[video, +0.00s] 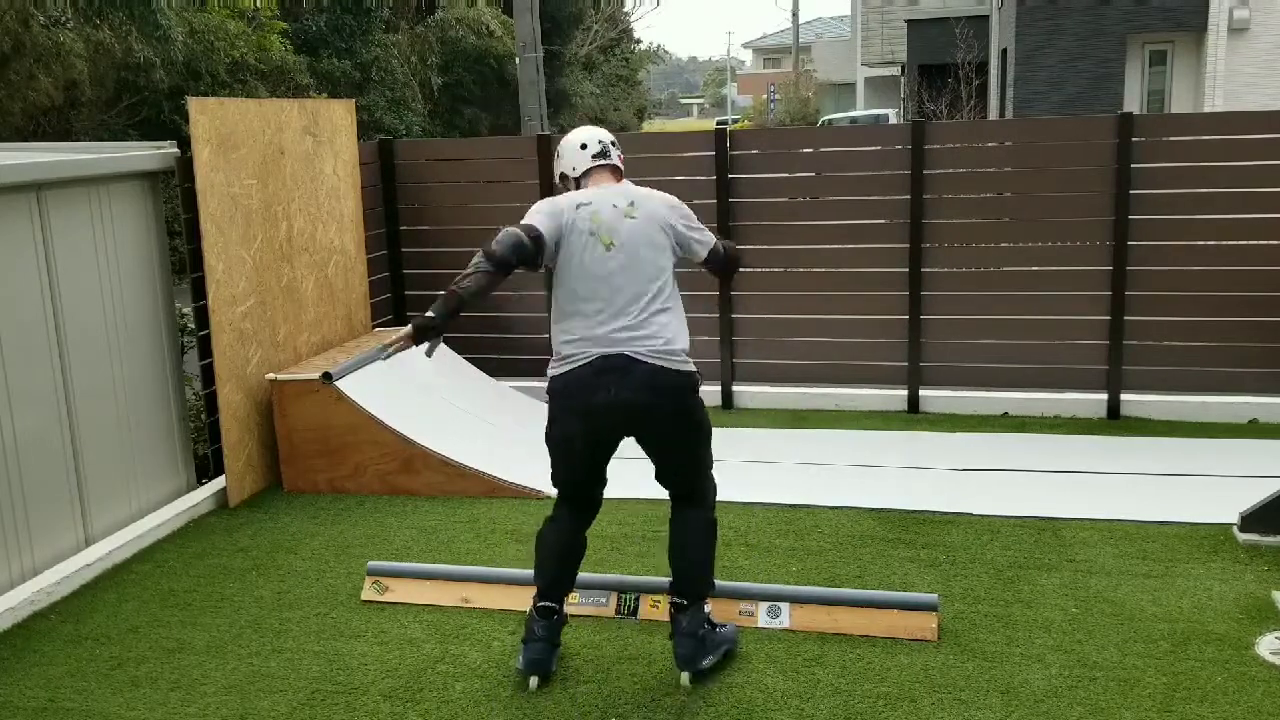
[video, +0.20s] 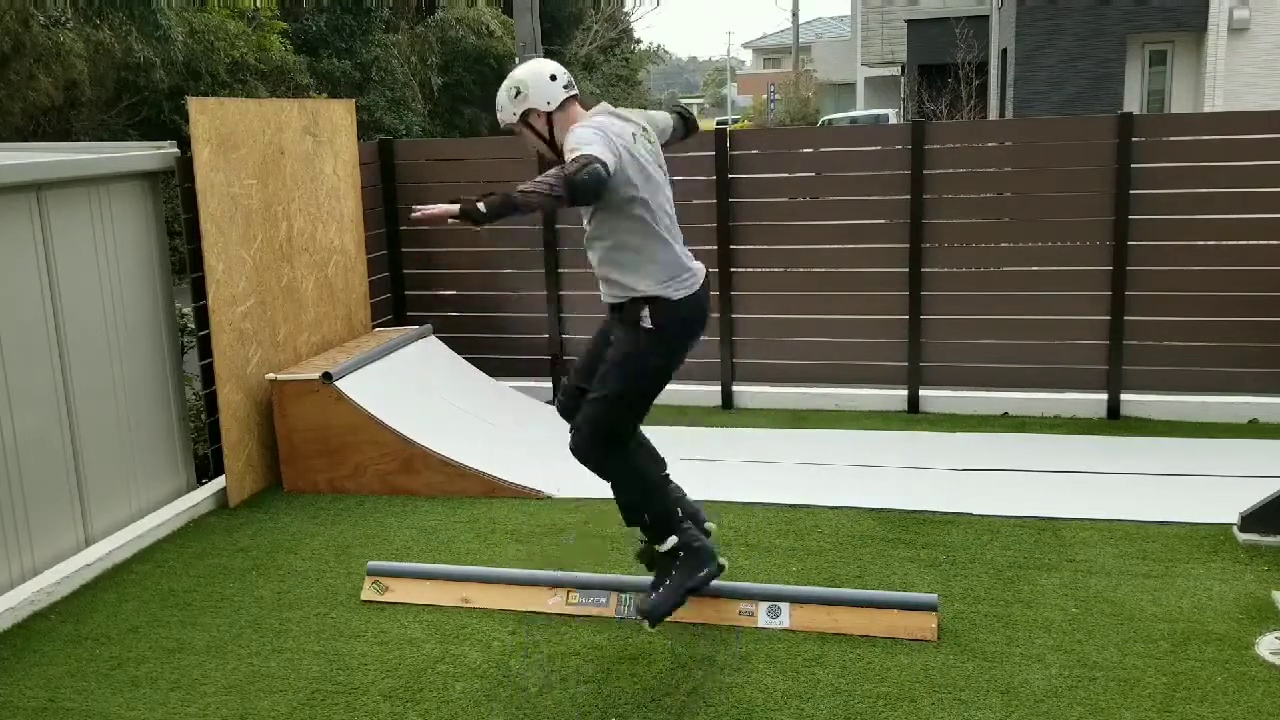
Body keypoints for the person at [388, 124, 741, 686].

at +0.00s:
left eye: (563, 177)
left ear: (568, 175)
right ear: (621, 165)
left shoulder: (554, 210)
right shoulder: (663, 206)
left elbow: (495, 261)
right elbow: (724, 261)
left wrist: (433, 318)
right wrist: (725, 262)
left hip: (579, 381)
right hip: (663, 377)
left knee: (573, 503)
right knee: (691, 493)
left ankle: (541, 636)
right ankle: (692, 630)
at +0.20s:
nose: (529, 143)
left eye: (524, 130)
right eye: (522, 133)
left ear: (543, 114)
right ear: (567, 101)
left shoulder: (587, 134)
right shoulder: (626, 121)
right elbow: (682, 124)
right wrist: (672, 121)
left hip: (664, 305)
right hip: (637, 300)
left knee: (595, 441)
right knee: (575, 405)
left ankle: (689, 552)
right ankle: (673, 513)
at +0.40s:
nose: (539, 211)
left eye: (542, 201)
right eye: (534, 203)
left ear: (572, 184)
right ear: (570, 183)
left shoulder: (643, 192)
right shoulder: (575, 195)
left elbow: (688, 275)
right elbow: (571, 223)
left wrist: (602, 322)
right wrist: (547, 252)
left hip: (696, 321)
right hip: (626, 325)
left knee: (719, 441)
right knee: (589, 433)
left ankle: (753, 546)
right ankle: (576, 539)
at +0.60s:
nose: (590, 285)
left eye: (596, 275)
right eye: (583, 277)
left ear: (625, 255)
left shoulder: (681, 252)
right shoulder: (577, 250)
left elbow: (756, 310)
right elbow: (529, 262)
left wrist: (740, 396)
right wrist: (492, 329)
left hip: (703, 330)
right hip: (626, 328)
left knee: (730, 434)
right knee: (585, 435)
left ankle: (756, 546)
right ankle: (564, 540)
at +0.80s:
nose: (634, 314)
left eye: (642, 304)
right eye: (621, 308)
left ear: (662, 279)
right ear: (603, 283)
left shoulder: (707, 273)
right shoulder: (585, 273)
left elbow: (797, 286)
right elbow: (521, 262)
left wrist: (831, 348)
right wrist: (462, 318)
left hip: (702, 344)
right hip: (624, 343)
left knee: (725, 435)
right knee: (588, 439)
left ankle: (758, 551)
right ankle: (563, 544)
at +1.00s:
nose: (651, 304)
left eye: (658, 294)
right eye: (639, 297)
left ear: (678, 268)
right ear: (624, 274)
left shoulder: (717, 273)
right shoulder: (601, 270)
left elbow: (799, 288)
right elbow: (534, 254)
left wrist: (823, 324)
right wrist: (458, 292)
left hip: (705, 355)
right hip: (628, 355)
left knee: (739, 439)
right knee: (593, 449)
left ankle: (759, 552)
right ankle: (566, 544)